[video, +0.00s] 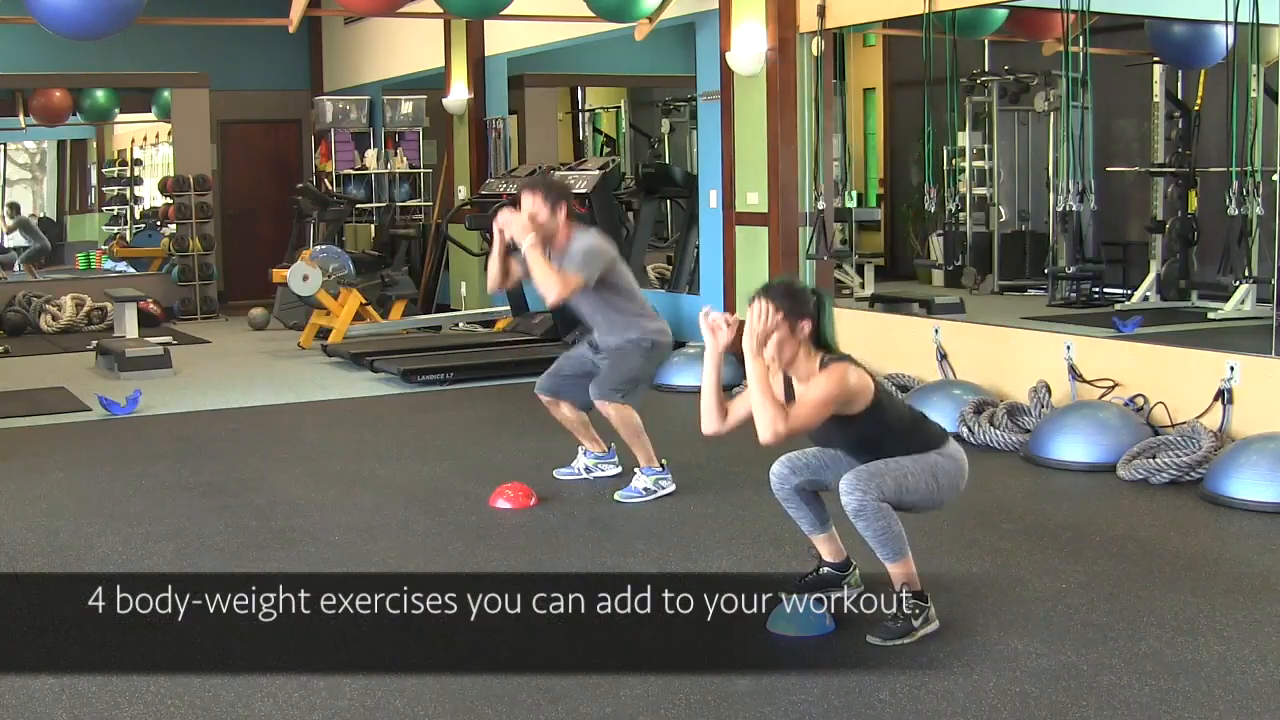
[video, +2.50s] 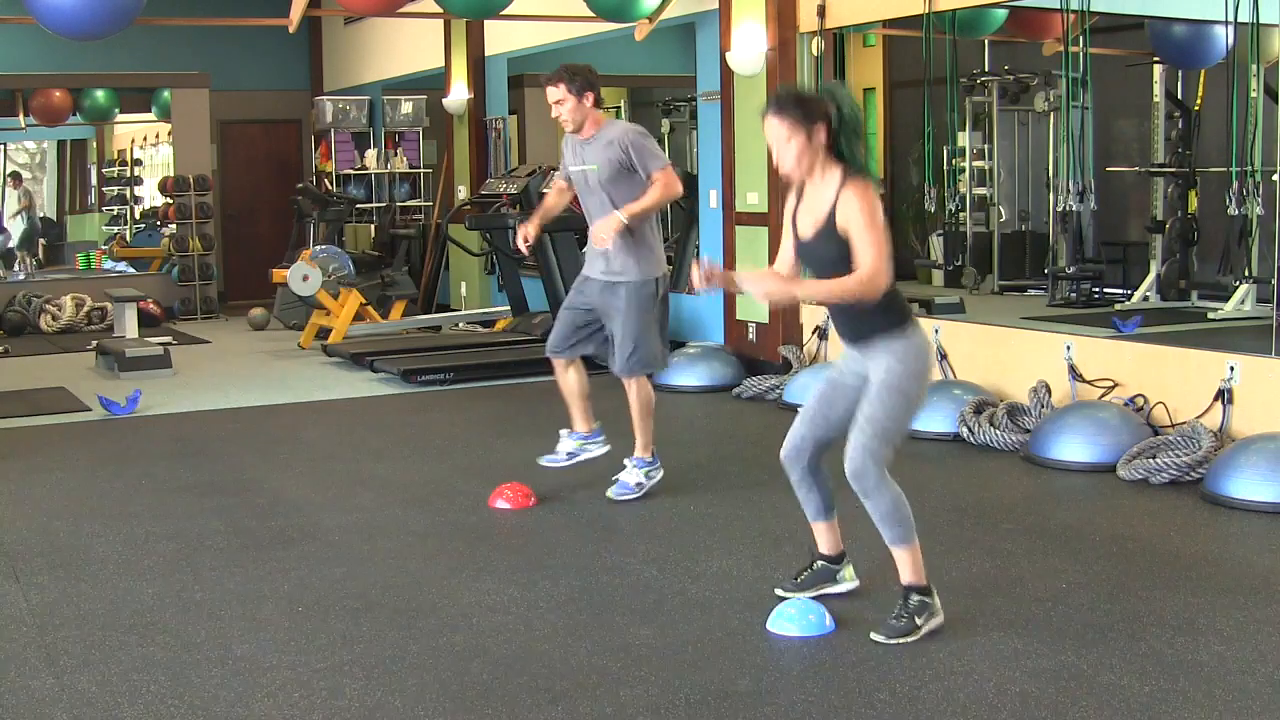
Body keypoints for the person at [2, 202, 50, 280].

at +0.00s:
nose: (6, 213)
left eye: (8, 210)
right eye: (6, 211)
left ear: (14, 210)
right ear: (15, 210)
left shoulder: (20, 220)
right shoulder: (21, 219)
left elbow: (7, 231)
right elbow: (8, 231)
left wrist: (2, 218)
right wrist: (3, 219)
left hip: (41, 245)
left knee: (23, 261)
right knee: (25, 260)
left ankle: (36, 279)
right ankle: (36, 278)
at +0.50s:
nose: (7, 198)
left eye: (9, 195)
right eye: (7, 195)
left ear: (14, 195)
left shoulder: (21, 206)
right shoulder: (18, 207)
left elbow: (27, 214)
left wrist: (22, 227)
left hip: (35, 235)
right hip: (32, 235)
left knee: (23, 258)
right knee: (25, 258)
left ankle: (35, 279)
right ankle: (35, 278)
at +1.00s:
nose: (9, 185)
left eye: (11, 182)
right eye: (9, 182)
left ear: (17, 182)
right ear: (15, 182)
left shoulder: (21, 192)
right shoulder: (16, 194)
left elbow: (26, 205)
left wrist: (14, 215)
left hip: (26, 228)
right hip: (19, 228)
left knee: (23, 254)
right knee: (13, 251)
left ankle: (31, 277)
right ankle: (15, 274)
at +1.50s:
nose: (5, 228)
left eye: (6, 225)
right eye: (5, 226)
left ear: (11, 224)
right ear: (14, 224)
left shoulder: (21, 230)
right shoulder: (17, 233)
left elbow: (9, 244)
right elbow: (8, 244)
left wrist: (2, 235)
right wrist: (2, 236)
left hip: (45, 252)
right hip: (38, 252)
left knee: (25, 259)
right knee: (20, 259)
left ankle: (35, 280)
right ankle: (31, 280)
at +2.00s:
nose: (6, 189)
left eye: (6, 186)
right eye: (6, 186)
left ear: (11, 185)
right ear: (13, 185)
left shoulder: (20, 194)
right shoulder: (16, 196)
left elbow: (30, 202)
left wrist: (31, 217)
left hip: (28, 225)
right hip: (24, 225)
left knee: (20, 252)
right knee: (22, 252)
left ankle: (30, 275)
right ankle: (29, 274)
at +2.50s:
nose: (9, 184)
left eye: (11, 181)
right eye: (9, 182)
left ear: (18, 181)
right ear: (17, 181)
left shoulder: (23, 191)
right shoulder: (22, 191)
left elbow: (25, 204)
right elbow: (24, 205)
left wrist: (14, 214)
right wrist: (15, 215)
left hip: (31, 224)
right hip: (32, 224)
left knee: (19, 247)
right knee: (28, 250)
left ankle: (25, 272)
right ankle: (31, 272)